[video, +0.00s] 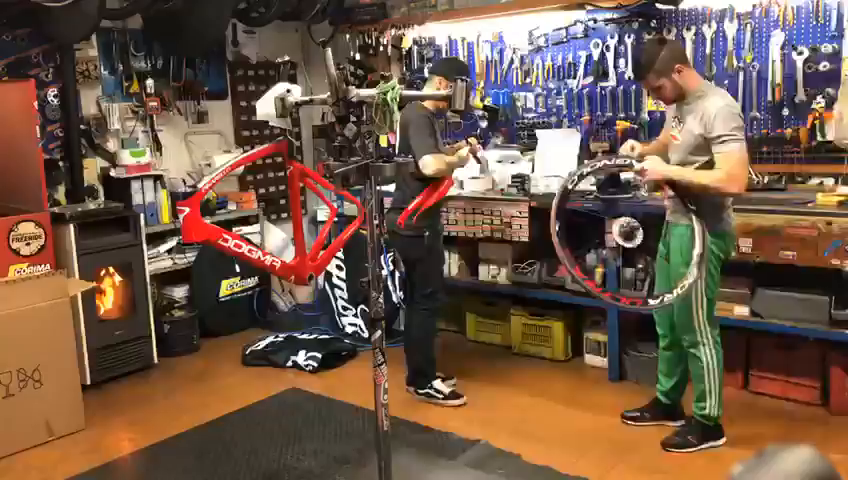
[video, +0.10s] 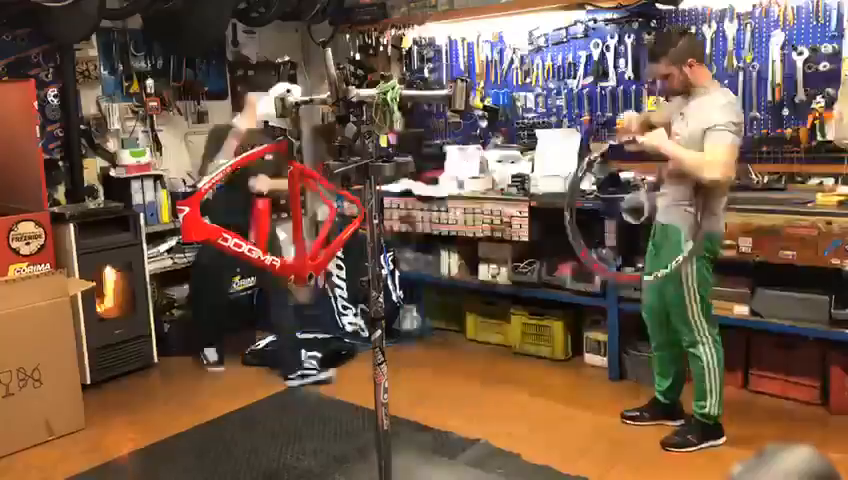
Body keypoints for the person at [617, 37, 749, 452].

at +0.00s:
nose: (656, 98)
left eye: (657, 89)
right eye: (650, 91)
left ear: (680, 71)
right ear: (671, 75)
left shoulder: (720, 108)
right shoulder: (683, 106)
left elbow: (734, 181)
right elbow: (669, 144)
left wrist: (670, 173)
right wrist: (640, 149)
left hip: (703, 231)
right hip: (675, 226)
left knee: (696, 325)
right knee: (667, 319)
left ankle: (708, 422)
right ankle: (668, 403)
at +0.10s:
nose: (661, 86)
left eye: (665, 77)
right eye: (658, 79)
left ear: (691, 68)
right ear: (685, 71)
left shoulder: (721, 106)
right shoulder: (685, 102)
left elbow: (720, 171)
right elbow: (646, 120)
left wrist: (664, 146)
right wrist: (632, 122)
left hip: (693, 230)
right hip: (666, 225)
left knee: (695, 324)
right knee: (657, 315)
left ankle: (708, 421)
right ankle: (666, 402)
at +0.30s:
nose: (719, 66)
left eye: (725, 56)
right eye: (716, 58)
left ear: (746, 52)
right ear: (749, 57)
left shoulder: (748, 98)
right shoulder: (783, 95)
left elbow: (739, 165)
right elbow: (788, 160)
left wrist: (698, 173)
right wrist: (727, 172)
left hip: (740, 218)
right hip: (777, 216)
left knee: (709, 304)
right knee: (767, 310)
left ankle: (713, 403)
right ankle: (769, 405)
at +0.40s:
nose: (761, 94)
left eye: (758, 85)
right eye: (756, 89)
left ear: (775, 64)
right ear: (771, 69)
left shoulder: (824, 91)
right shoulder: (796, 97)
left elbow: (828, 159)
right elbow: (804, 162)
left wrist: (766, 153)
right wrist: (762, 161)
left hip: (811, 222)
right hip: (790, 219)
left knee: (804, 328)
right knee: (793, 326)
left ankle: (805, 427)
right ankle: (798, 411)